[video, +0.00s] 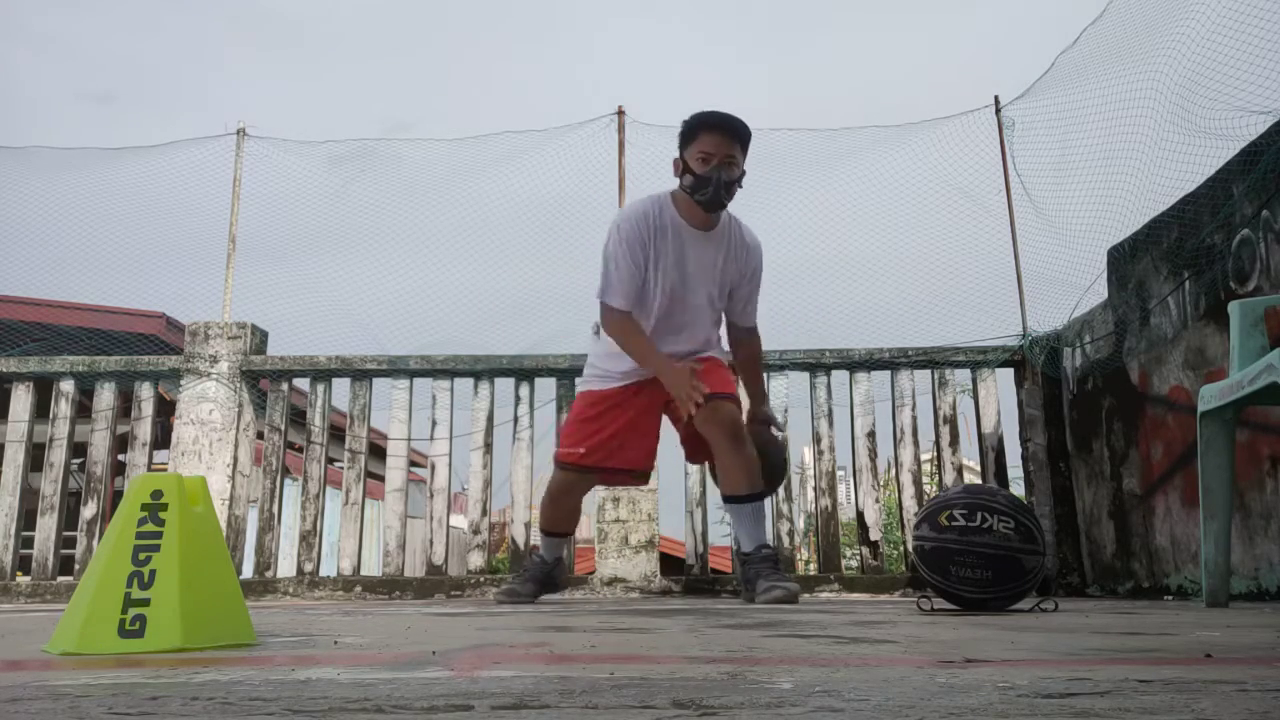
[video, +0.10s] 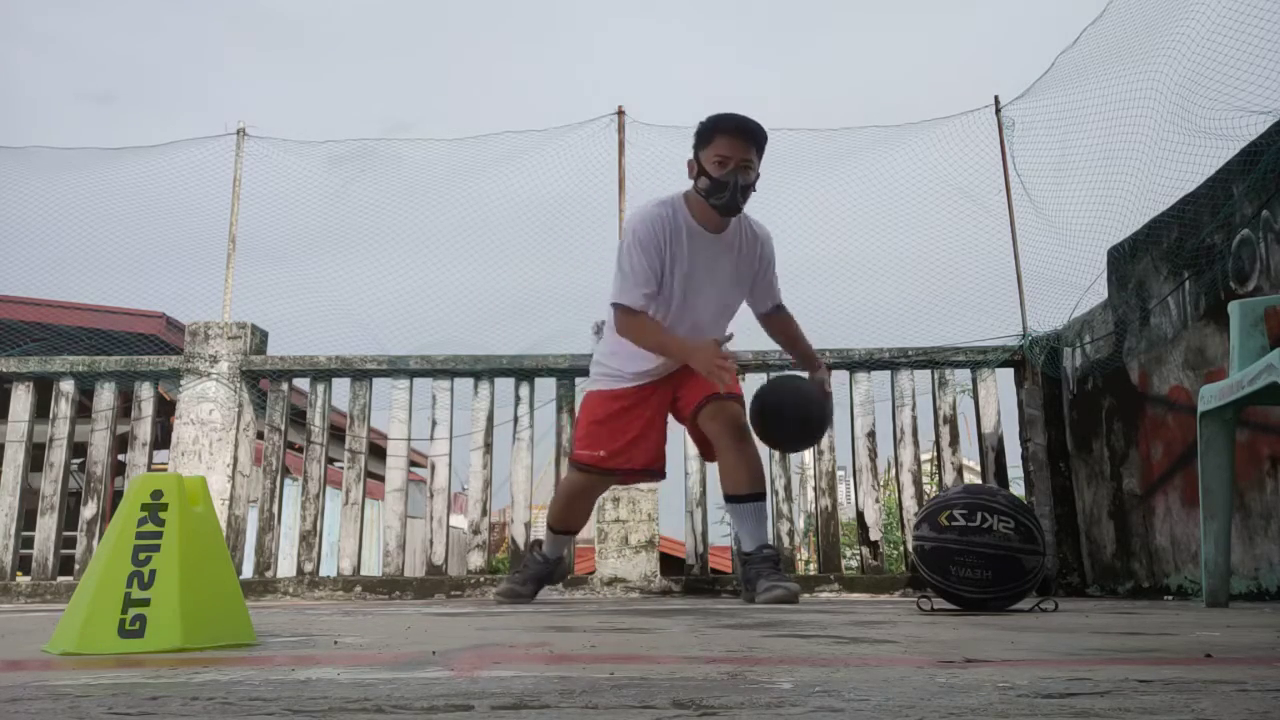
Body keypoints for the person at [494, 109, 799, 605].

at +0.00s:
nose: (718, 174)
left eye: (730, 164)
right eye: (706, 160)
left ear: (742, 174)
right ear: (681, 164)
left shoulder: (743, 246)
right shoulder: (636, 223)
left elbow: (745, 331)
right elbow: (615, 316)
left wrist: (759, 405)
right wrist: (665, 369)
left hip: (696, 362)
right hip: (622, 362)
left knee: (729, 426)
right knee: (571, 470)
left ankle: (757, 563)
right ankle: (547, 564)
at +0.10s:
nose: (733, 178)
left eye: (745, 168)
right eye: (721, 164)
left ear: (756, 176)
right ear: (695, 165)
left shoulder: (753, 241)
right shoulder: (650, 224)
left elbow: (771, 309)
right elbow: (628, 317)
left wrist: (811, 363)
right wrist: (691, 352)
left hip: (700, 364)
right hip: (626, 368)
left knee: (730, 424)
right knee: (588, 475)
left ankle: (759, 566)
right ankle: (549, 558)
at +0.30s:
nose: (714, 166)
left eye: (727, 156)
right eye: (703, 152)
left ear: (741, 162)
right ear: (680, 153)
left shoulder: (747, 226)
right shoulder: (642, 215)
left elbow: (769, 307)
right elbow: (649, 311)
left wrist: (799, 365)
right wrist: (702, 366)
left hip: (697, 354)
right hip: (622, 356)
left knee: (729, 429)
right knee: (580, 461)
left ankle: (759, 564)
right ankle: (547, 556)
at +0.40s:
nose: (688, 158)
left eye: (700, 148)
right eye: (677, 145)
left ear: (716, 155)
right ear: (656, 148)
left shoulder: (728, 221)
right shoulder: (620, 214)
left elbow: (723, 311)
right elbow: (629, 310)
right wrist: (649, 390)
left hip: (689, 355)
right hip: (618, 357)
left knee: (725, 430)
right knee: (571, 460)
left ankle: (761, 563)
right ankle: (542, 565)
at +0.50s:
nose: (659, 165)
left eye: (674, 154)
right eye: (648, 151)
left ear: (691, 161)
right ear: (630, 155)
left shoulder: (709, 227)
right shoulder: (598, 223)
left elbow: (708, 316)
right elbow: (577, 313)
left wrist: (689, 379)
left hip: (681, 362)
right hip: (607, 366)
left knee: (710, 426)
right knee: (556, 448)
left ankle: (758, 561)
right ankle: (541, 568)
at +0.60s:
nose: (642, 171)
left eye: (655, 161)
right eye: (631, 159)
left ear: (674, 169)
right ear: (613, 164)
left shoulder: (699, 235)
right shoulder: (584, 229)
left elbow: (724, 320)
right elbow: (548, 304)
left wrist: (711, 369)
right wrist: (499, 346)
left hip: (680, 365)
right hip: (605, 370)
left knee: (699, 425)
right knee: (542, 447)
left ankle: (756, 561)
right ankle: (540, 569)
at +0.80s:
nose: (657, 165)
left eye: (671, 154)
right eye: (646, 152)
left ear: (691, 164)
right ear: (629, 157)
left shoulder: (713, 233)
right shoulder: (592, 225)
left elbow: (734, 319)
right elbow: (569, 309)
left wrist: (747, 397)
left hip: (682, 362)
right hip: (604, 369)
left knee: (702, 425)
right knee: (550, 452)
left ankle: (755, 562)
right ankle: (541, 568)